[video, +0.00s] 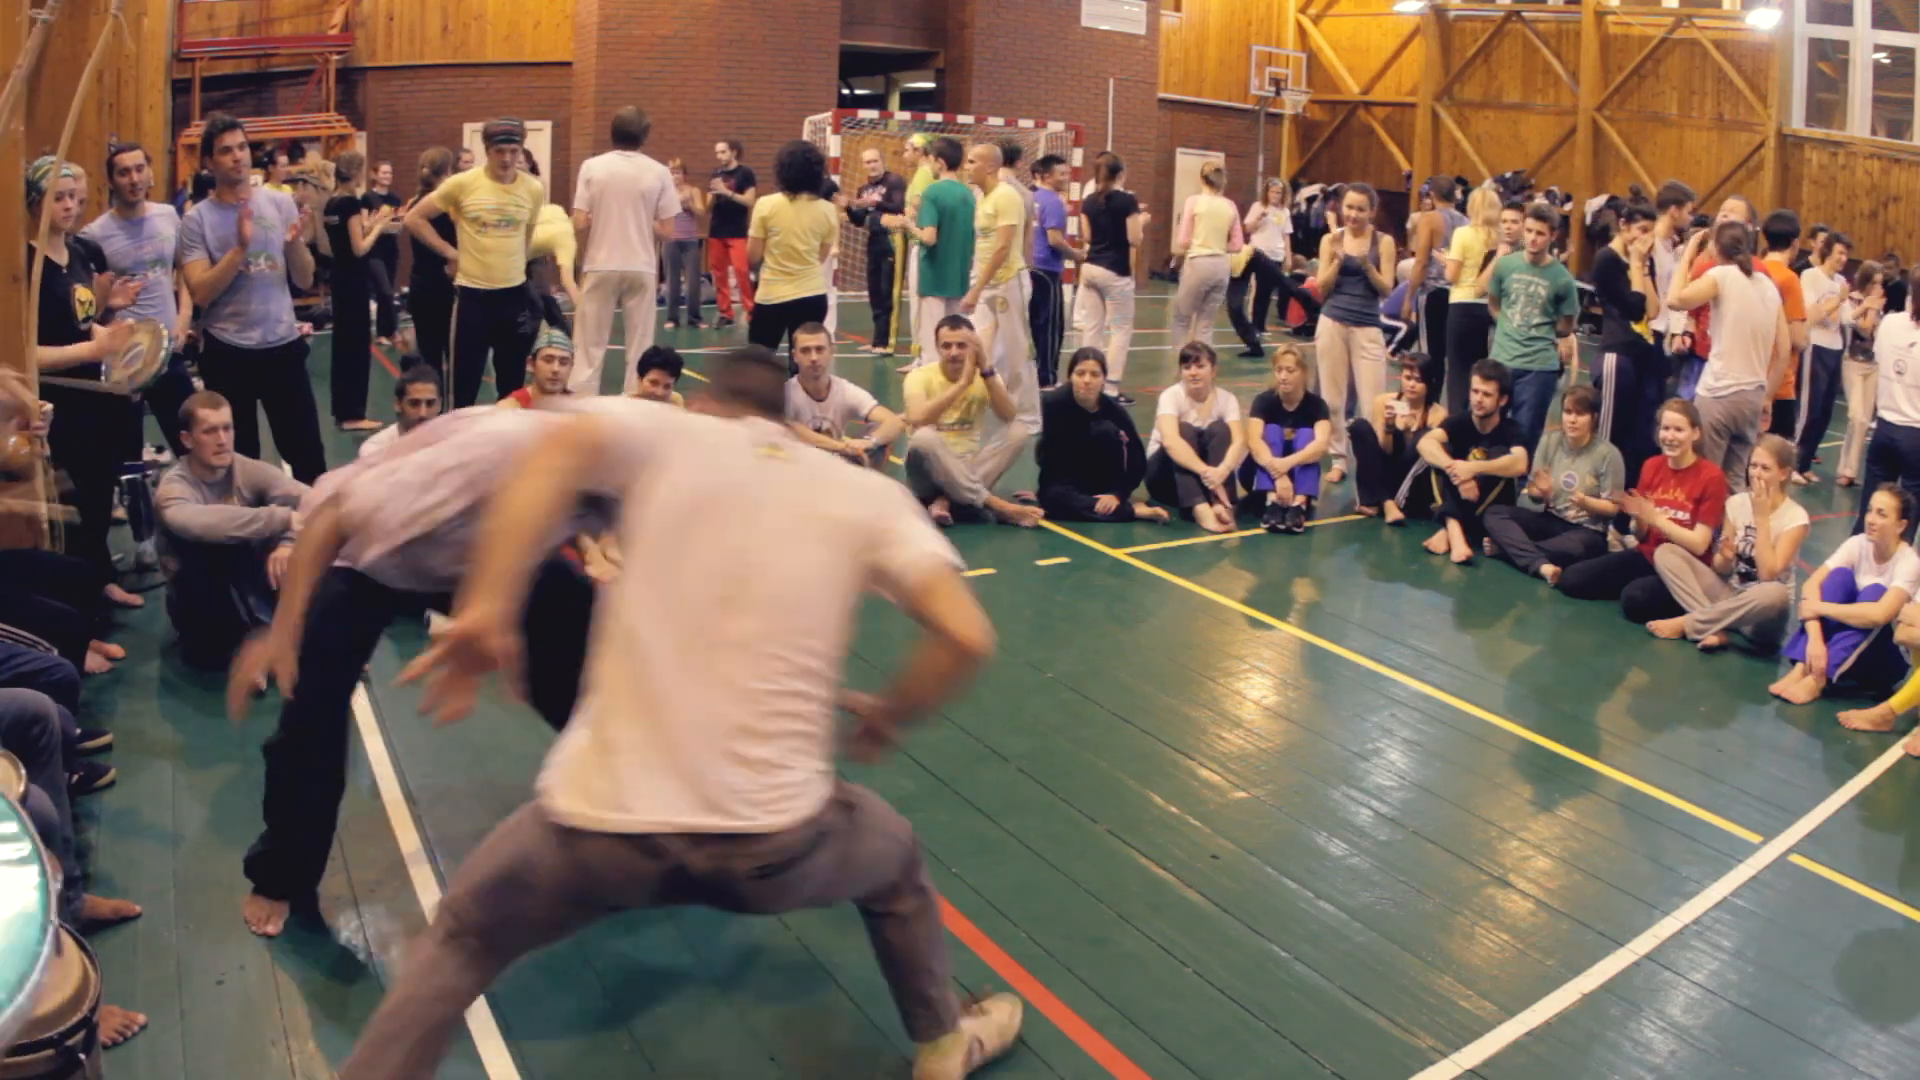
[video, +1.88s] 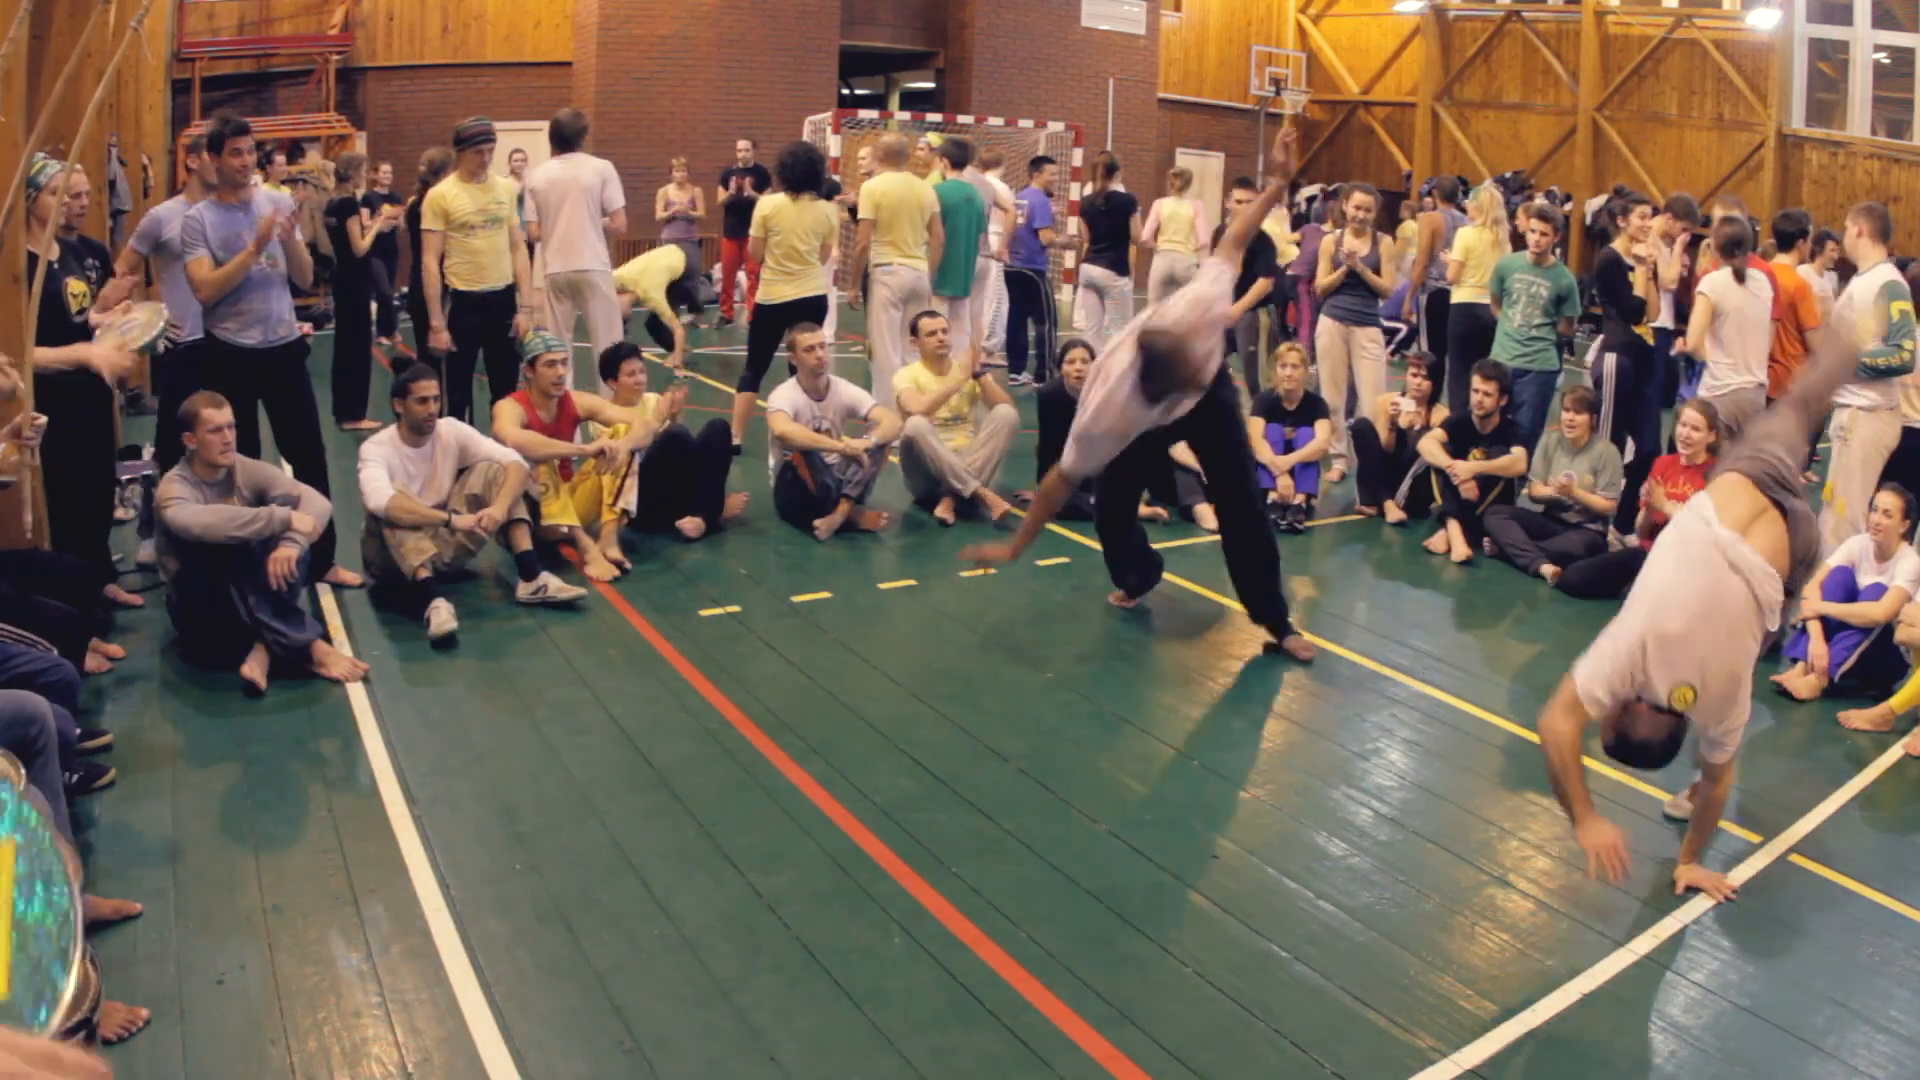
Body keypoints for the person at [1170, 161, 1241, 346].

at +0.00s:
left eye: (1201, 179)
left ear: (1202, 180)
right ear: (1223, 181)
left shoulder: (1193, 202)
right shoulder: (1230, 206)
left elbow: (1184, 240)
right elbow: (1237, 245)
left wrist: (1179, 255)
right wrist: (1217, 244)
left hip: (1198, 260)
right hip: (1222, 260)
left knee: (1181, 318)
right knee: (1206, 322)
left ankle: (1181, 366)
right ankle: (1203, 367)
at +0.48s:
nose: (1178, 186)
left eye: (1178, 182)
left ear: (1177, 183)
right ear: (1197, 184)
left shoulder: (1169, 205)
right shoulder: (1208, 206)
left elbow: (1165, 245)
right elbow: (1216, 244)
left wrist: (1173, 259)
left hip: (1179, 259)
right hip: (1204, 259)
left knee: (1165, 318)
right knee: (1195, 323)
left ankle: (1157, 366)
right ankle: (1199, 368)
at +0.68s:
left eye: (1162, 186)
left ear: (1161, 188)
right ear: (1181, 187)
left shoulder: (1157, 210)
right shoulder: (1193, 208)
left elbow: (1153, 251)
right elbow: (1202, 243)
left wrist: (1151, 278)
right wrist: (1194, 259)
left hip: (1170, 259)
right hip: (1194, 258)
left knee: (1155, 317)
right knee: (1178, 320)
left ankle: (1152, 375)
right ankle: (1181, 374)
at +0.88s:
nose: (1147, 208)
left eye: (1148, 204)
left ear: (1151, 205)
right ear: (1170, 204)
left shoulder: (1147, 227)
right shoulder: (1183, 222)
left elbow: (1143, 264)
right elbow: (1195, 255)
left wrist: (1132, 288)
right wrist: (1191, 270)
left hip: (1167, 273)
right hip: (1190, 272)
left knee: (1144, 323)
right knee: (1160, 325)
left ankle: (1152, 374)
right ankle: (1159, 374)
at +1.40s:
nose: (1147, 187)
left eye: (1147, 184)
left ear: (1149, 184)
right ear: (1169, 184)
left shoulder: (1144, 207)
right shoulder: (1183, 205)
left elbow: (1140, 244)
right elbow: (1199, 233)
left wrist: (1135, 269)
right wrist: (1181, 241)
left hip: (1158, 258)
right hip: (1182, 256)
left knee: (1145, 313)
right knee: (1163, 315)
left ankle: (1157, 366)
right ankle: (1162, 367)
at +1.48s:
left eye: (1151, 179)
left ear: (1151, 180)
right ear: (1171, 179)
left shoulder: (1144, 202)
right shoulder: (1184, 202)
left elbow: (1140, 234)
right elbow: (1199, 229)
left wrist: (1146, 245)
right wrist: (1182, 239)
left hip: (1158, 251)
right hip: (1182, 251)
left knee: (1149, 314)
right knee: (1176, 314)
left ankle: (1160, 371)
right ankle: (1179, 368)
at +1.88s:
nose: (1170, 184)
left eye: (1170, 181)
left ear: (1170, 183)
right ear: (1188, 185)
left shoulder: (1159, 204)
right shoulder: (1196, 205)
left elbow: (1146, 237)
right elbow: (1204, 241)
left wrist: (1159, 247)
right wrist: (1190, 249)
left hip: (1163, 254)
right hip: (1186, 256)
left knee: (1154, 308)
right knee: (1187, 310)